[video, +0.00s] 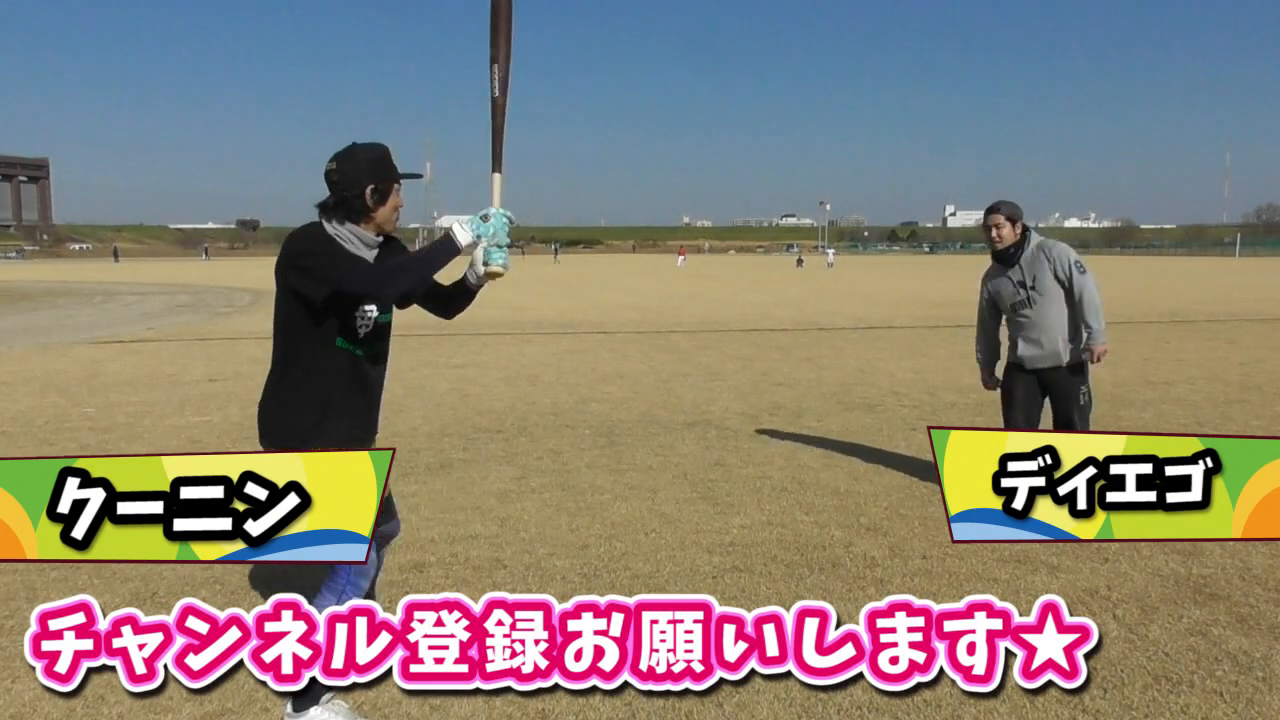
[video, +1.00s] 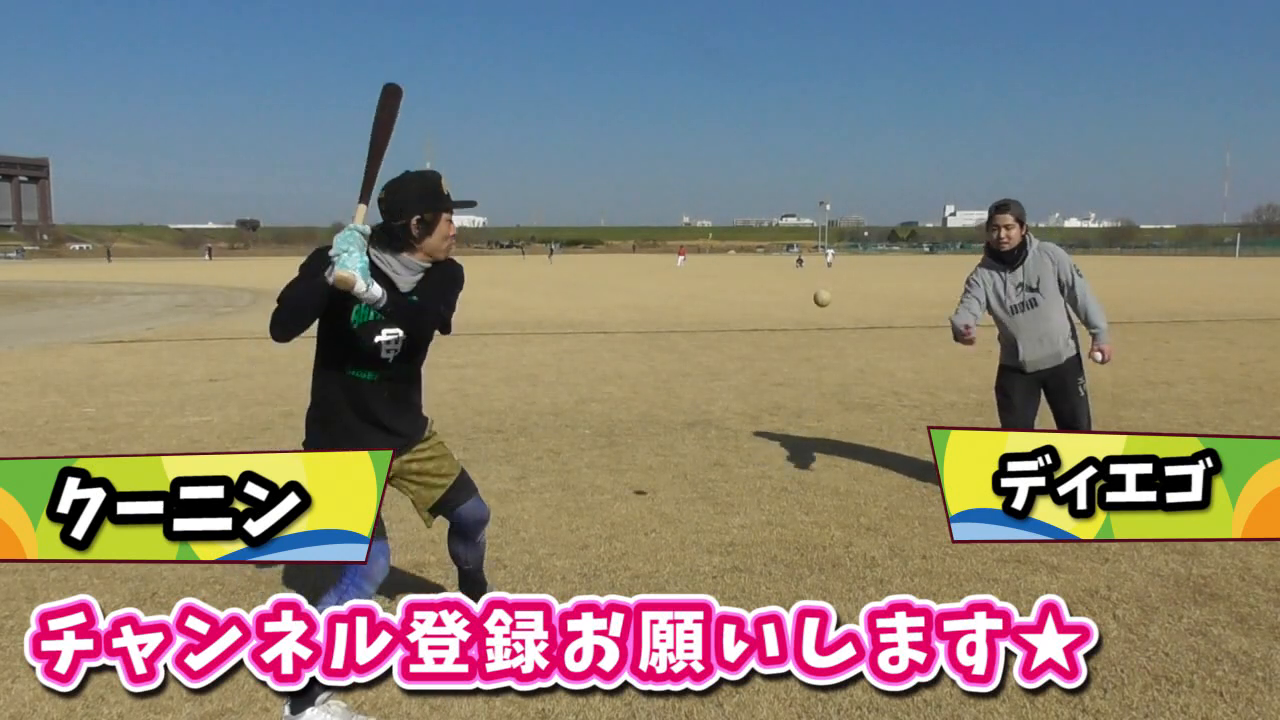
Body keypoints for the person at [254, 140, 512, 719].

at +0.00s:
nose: (402, 202)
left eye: (400, 192)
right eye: (396, 192)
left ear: (365, 197)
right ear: (371, 196)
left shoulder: (381, 253)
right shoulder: (309, 246)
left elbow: (445, 302)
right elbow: (375, 284)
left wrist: (479, 271)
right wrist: (453, 239)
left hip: (346, 433)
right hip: (305, 433)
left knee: (374, 530)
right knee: (376, 529)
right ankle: (309, 692)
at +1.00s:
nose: (455, 226)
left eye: (453, 216)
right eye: (446, 218)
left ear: (420, 225)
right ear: (416, 226)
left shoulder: (445, 274)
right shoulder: (338, 259)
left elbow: (417, 331)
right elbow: (281, 328)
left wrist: (363, 289)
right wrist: (331, 269)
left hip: (406, 428)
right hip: (343, 437)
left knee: (471, 514)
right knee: (369, 564)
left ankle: (475, 605)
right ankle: (305, 694)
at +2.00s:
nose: (491, 209)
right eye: (492, 202)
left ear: (432, 202)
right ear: (485, 214)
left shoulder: (397, 249)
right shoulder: (501, 268)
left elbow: (323, 194)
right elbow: (450, 269)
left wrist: (277, 122)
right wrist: (376, 255)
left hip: (399, 431)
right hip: (461, 436)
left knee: (436, 556)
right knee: (434, 572)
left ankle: (472, 639)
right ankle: (395, 694)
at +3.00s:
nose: (469, 203)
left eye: (467, 194)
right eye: (465, 196)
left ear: (427, 201)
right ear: (446, 202)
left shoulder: (425, 250)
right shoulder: (419, 257)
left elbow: (473, 322)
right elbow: (471, 329)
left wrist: (538, 350)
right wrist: (544, 360)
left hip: (422, 422)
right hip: (400, 426)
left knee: (470, 508)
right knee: (424, 556)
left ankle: (464, 620)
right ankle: (326, 679)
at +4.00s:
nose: (424, 208)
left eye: (422, 199)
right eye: (419, 199)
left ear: (393, 205)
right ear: (397, 204)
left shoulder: (409, 257)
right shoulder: (343, 253)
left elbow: (465, 309)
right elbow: (406, 292)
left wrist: (509, 286)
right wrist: (494, 259)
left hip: (370, 426)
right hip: (325, 430)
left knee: (401, 528)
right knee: (367, 557)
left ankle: (366, 631)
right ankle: (310, 690)